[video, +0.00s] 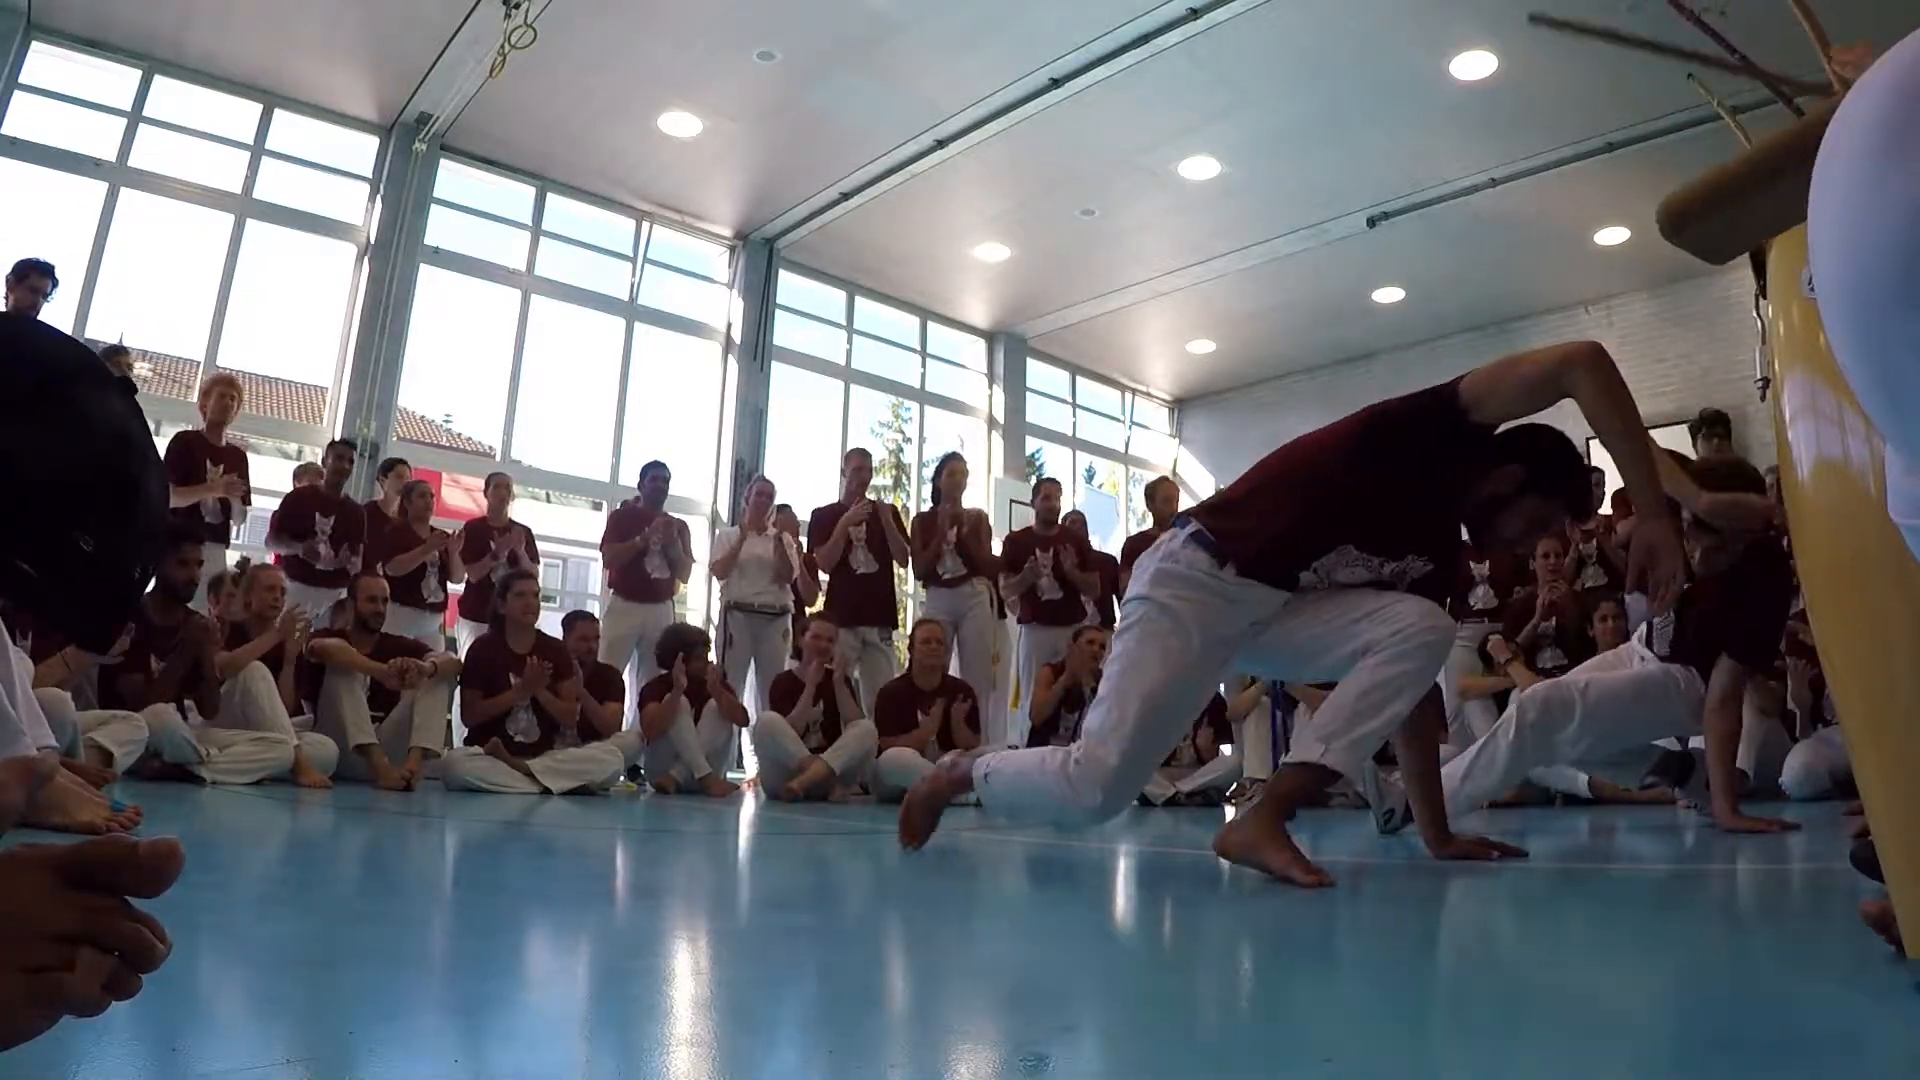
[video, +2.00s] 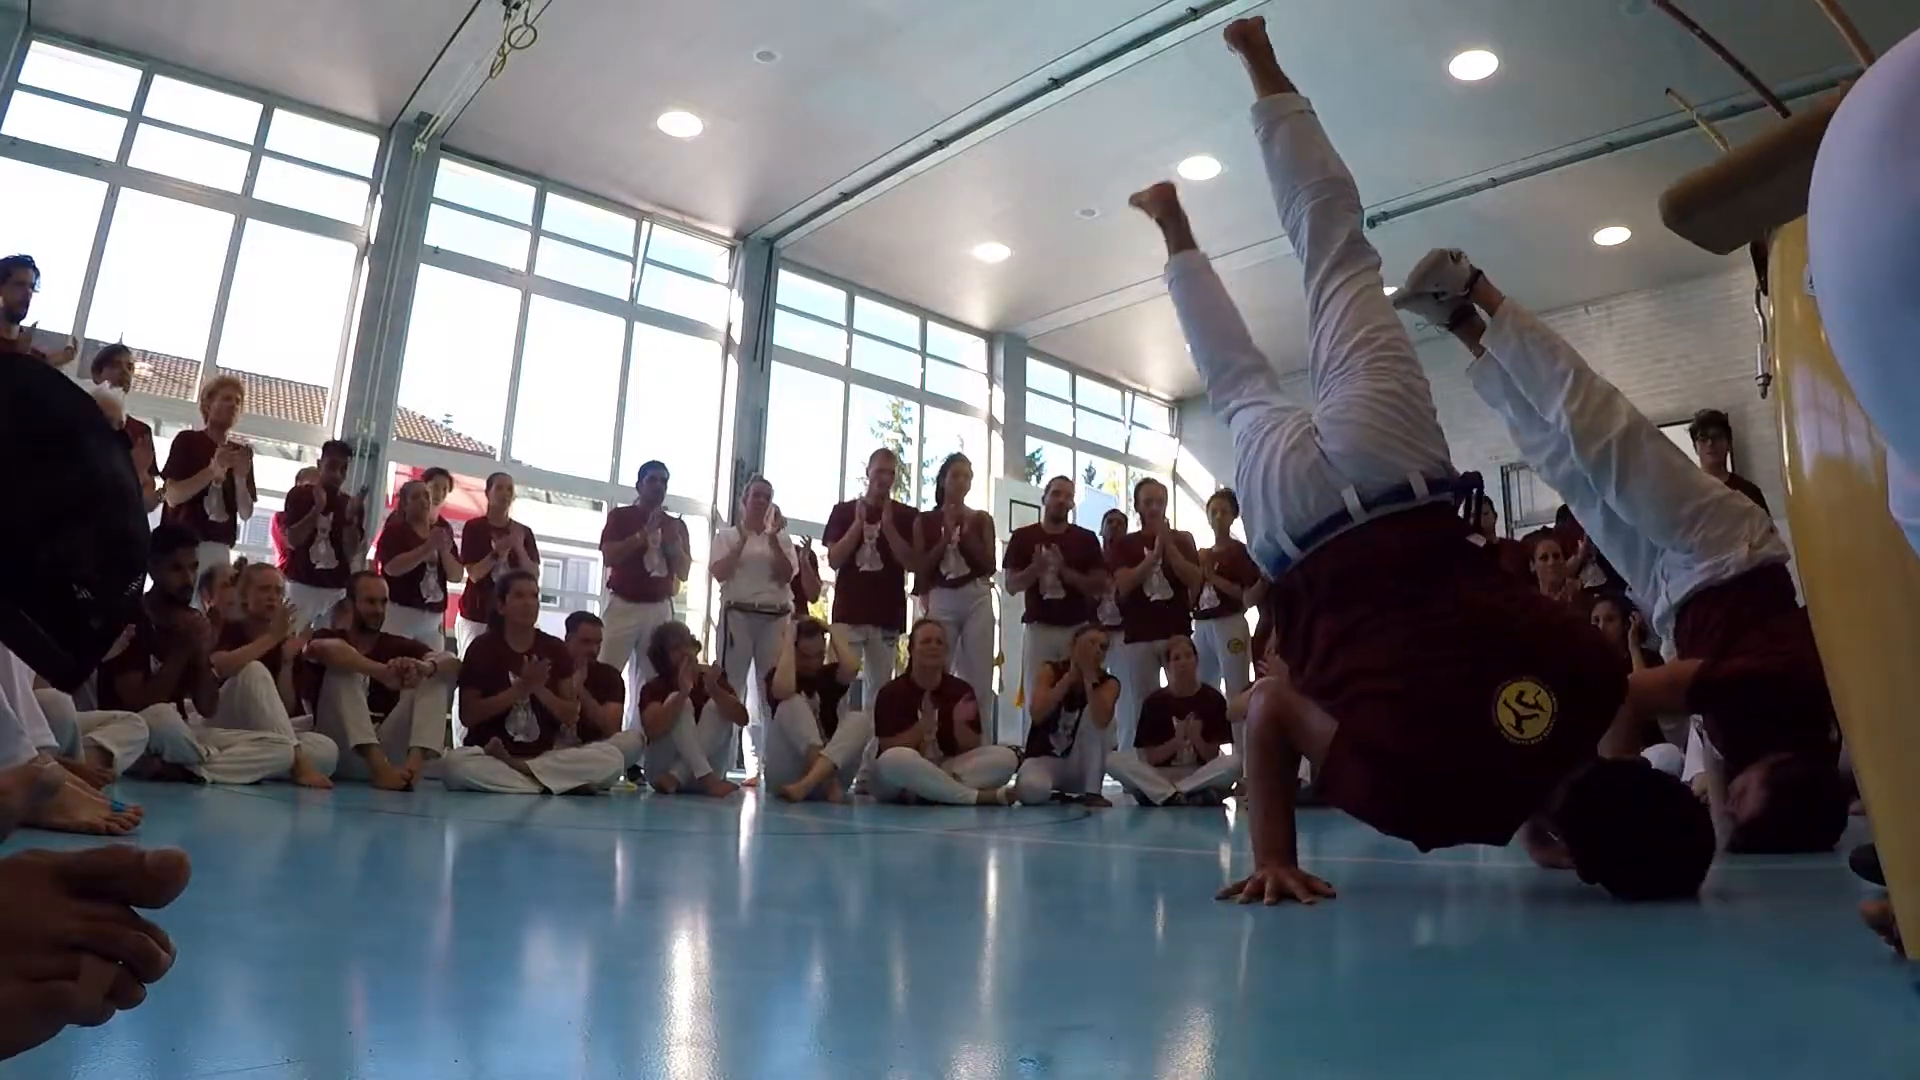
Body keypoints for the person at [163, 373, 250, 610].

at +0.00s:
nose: (228, 402)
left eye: (233, 399)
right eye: (222, 396)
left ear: (237, 410)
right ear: (203, 404)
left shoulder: (237, 455)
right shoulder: (183, 441)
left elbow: (240, 516)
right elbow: (166, 498)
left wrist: (233, 495)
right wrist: (213, 489)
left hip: (215, 548)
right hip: (177, 544)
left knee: (206, 621)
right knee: (170, 615)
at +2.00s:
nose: (233, 405)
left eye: (237, 401)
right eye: (226, 399)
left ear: (240, 409)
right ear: (207, 404)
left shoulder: (241, 452)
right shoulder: (186, 440)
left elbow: (246, 513)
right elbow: (172, 496)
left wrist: (241, 477)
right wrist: (212, 471)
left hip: (218, 547)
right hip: (181, 543)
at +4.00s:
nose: (236, 404)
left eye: (238, 399)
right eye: (229, 397)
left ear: (239, 407)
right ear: (206, 402)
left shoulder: (238, 453)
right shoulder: (186, 439)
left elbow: (243, 514)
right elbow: (175, 495)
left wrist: (237, 481)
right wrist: (217, 474)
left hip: (218, 546)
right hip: (181, 543)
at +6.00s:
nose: (237, 406)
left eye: (241, 401)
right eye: (230, 399)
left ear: (243, 408)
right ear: (210, 402)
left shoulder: (241, 456)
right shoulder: (188, 441)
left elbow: (245, 516)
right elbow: (174, 499)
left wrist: (239, 482)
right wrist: (213, 478)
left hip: (219, 549)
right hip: (183, 545)